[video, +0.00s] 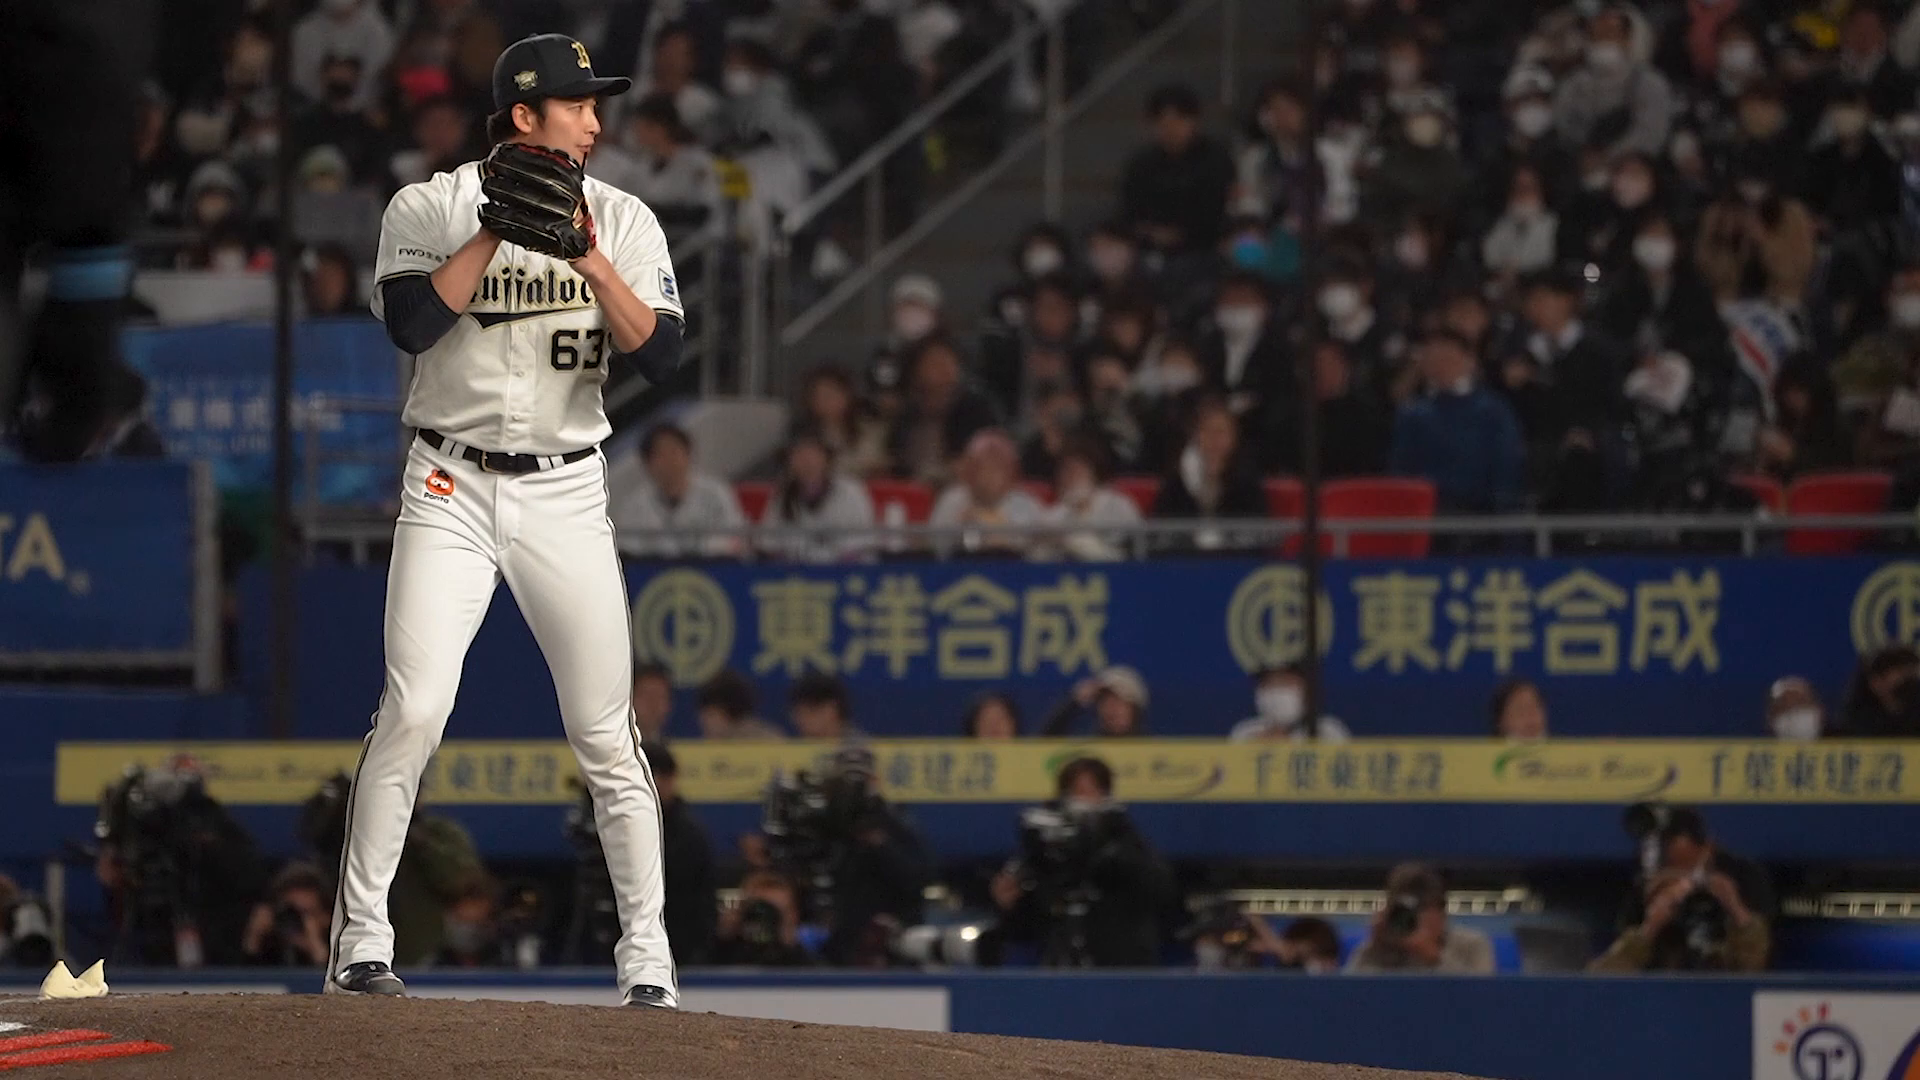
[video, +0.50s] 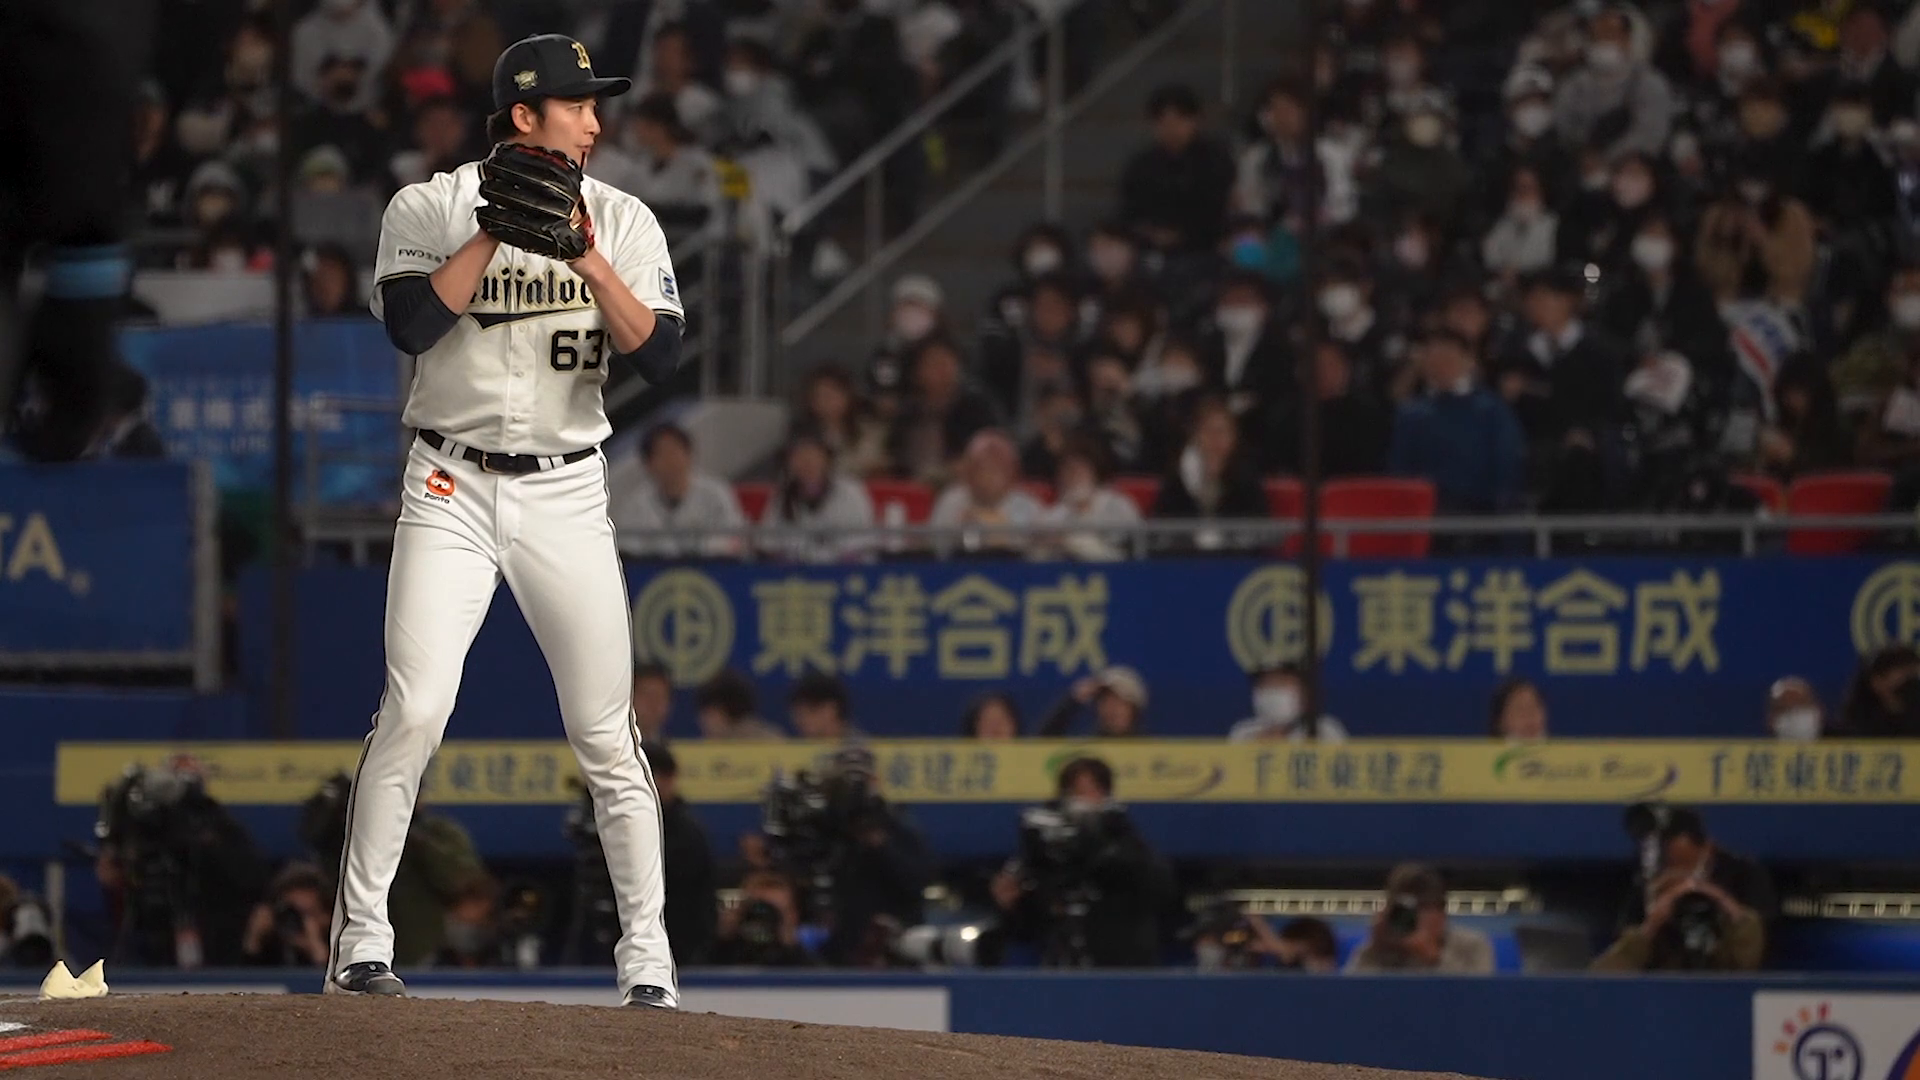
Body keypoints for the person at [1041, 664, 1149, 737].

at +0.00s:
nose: (1115, 711)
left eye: (1122, 703)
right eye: (1109, 703)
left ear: (1136, 708)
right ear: (1098, 706)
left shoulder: (1150, 747)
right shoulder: (1085, 746)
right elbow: (1044, 741)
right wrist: (1076, 701)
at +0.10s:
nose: (1118, 711)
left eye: (1125, 703)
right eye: (1110, 702)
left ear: (1137, 709)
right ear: (1099, 705)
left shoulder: (1150, 748)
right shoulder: (1085, 747)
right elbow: (1042, 741)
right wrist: (1075, 701)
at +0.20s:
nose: (1116, 711)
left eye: (1123, 703)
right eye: (1109, 703)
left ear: (1136, 709)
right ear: (1098, 706)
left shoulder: (1150, 748)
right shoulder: (1085, 748)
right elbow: (1045, 741)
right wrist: (1075, 701)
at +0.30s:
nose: (1113, 710)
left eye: (1121, 703)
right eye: (1107, 702)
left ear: (1135, 709)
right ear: (1098, 706)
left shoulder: (1150, 749)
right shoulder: (1085, 748)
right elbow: (1045, 741)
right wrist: (1076, 700)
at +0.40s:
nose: (1113, 710)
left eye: (1121, 703)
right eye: (1107, 702)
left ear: (1135, 709)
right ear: (1098, 706)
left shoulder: (1150, 749)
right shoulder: (1085, 748)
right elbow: (1043, 741)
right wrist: (1075, 700)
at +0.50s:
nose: (1113, 710)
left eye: (1120, 702)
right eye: (1107, 702)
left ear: (1135, 709)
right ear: (1097, 705)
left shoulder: (1149, 748)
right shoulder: (1083, 748)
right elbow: (1041, 740)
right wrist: (1075, 699)